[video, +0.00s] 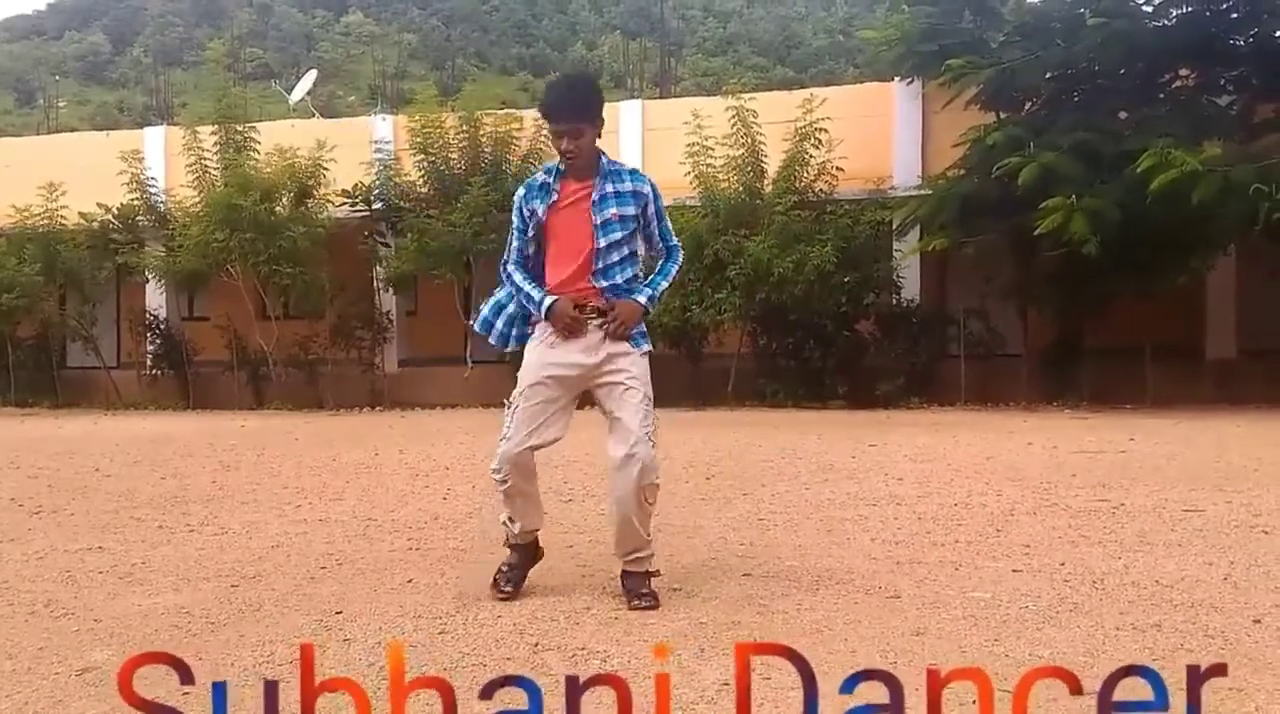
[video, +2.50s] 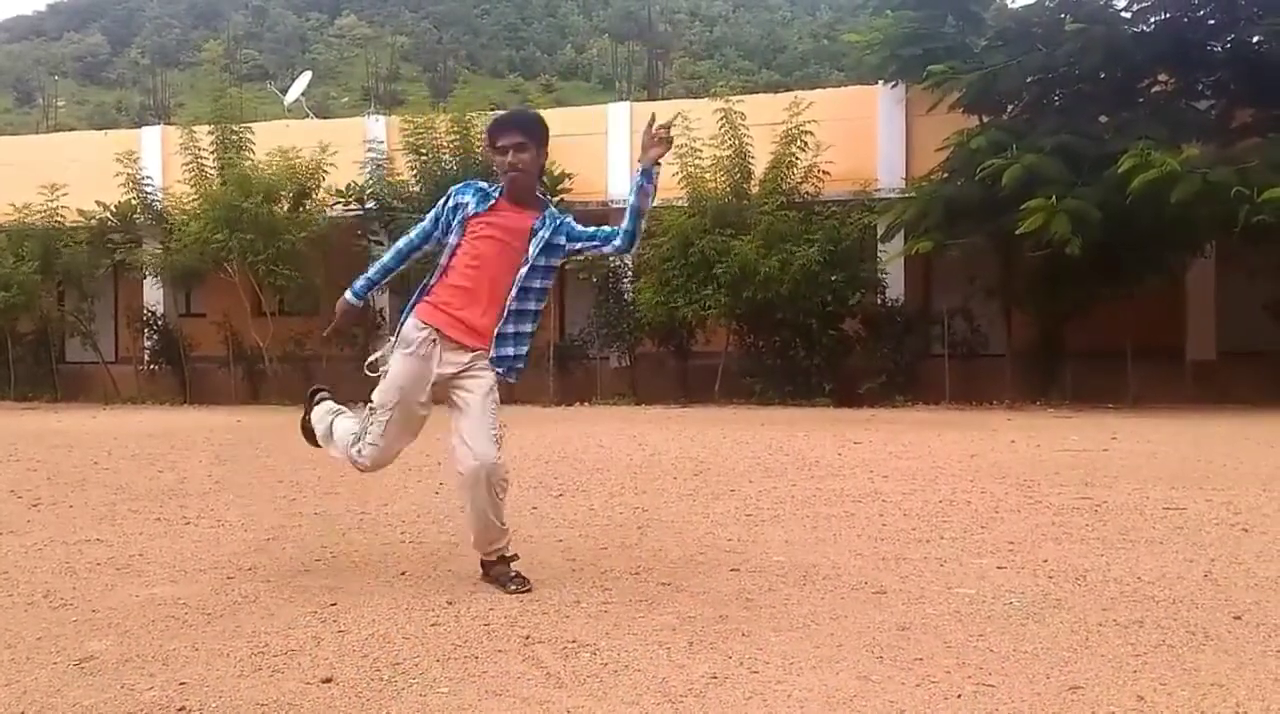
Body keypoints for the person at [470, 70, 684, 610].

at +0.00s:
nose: (567, 146)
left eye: (576, 134)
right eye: (558, 136)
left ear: (598, 126)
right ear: (547, 132)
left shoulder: (636, 187)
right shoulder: (532, 193)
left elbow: (669, 254)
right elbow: (513, 266)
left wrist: (641, 300)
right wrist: (547, 304)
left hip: (621, 341)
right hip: (553, 341)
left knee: (635, 456)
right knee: (511, 455)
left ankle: (636, 568)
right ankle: (522, 544)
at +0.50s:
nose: (543, 161)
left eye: (552, 151)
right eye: (535, 151)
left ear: (577, 137)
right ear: (523, 141)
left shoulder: (615, 171)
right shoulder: (511, 180)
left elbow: (661, 228)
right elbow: (496, 241)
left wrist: (620, 286)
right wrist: (525, 287)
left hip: (605, 324)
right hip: (537, 322)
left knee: (650, 421)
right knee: (456, 400)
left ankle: (632, 554)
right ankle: (499, 520)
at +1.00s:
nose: (490, 158)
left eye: (500, 149)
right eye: (480, 150)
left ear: (517, 156)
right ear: (468, 157)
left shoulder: (537, 226)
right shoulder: (443, 210)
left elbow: (582, 298)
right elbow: (431, 276)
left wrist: (527, 342)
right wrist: (451, 322)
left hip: (527, 361)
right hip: (458, 352)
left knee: (548, 468)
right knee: (407, 415)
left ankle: (533, 565)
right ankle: (441, 524)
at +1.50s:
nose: (412, 148)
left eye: (420, 139)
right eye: (400, 139)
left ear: (430, 147)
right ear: (378, 147)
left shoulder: (453, 210)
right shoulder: (355, 211)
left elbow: (488, 280)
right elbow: (331, 281)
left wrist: (464, 339)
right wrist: (337, 335)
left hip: (437, 363)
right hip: (369, 362)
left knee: (445, 468)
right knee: (347, 471)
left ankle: (444, 560)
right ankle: (366, 558)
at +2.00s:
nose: (420, 145)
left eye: (432, 136)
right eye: (413, 135)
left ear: (453, 142)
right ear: (403, 136)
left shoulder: (464, 190)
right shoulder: (383, 171)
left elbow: (513, 223)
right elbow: (337, 217)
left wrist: (495, 163)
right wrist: (372, 243)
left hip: (434, 333)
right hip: (366, 332)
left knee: (471, 412)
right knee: (328, 431)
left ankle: (462, 527)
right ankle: (347, 545)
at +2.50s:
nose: (509, 160)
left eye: (520, 150)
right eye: (500, 151)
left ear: (543, 155)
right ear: (492, 157)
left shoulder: (556, 227)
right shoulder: (468, 197)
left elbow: (622, 242)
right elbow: (412, 243)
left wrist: (647, 169)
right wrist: (355, 292)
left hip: (478, 362)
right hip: (424, 338)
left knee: (483, 463)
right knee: (370, 454)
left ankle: (495, 560)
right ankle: (321, 413)